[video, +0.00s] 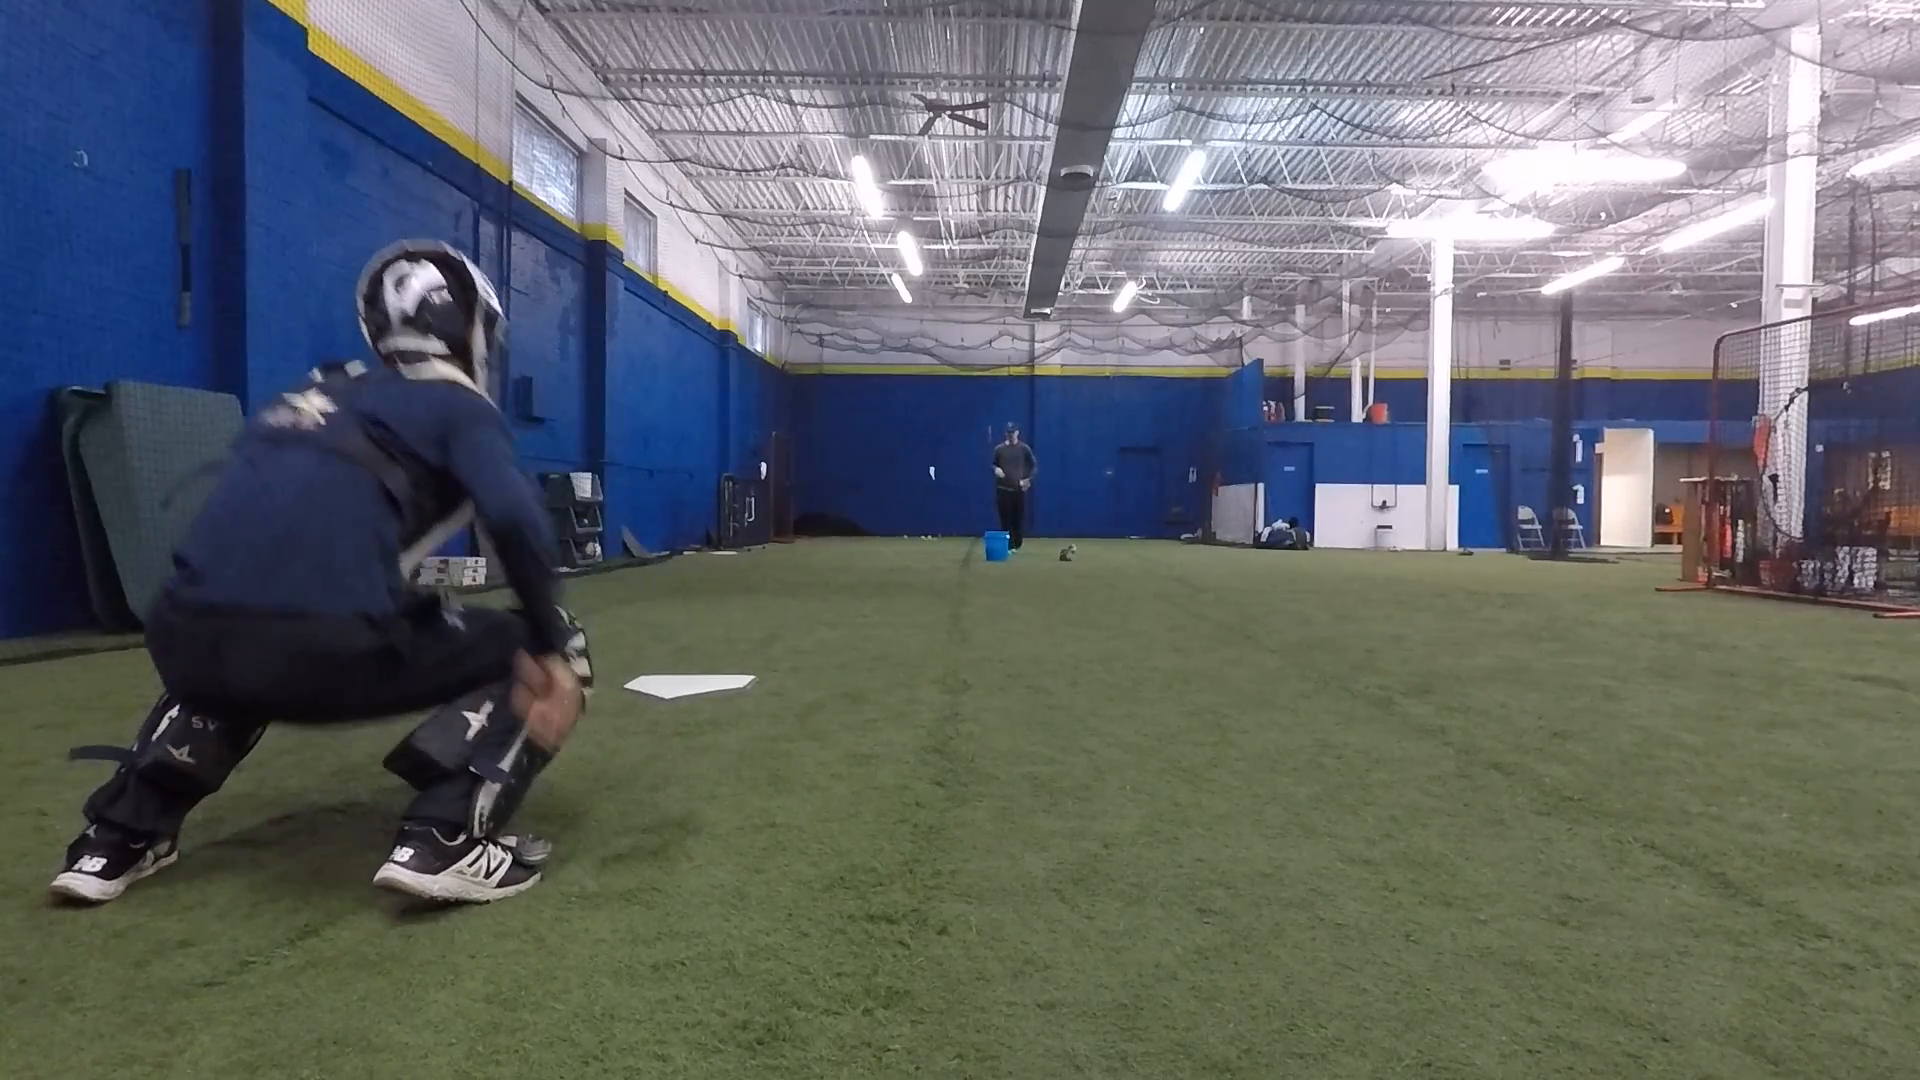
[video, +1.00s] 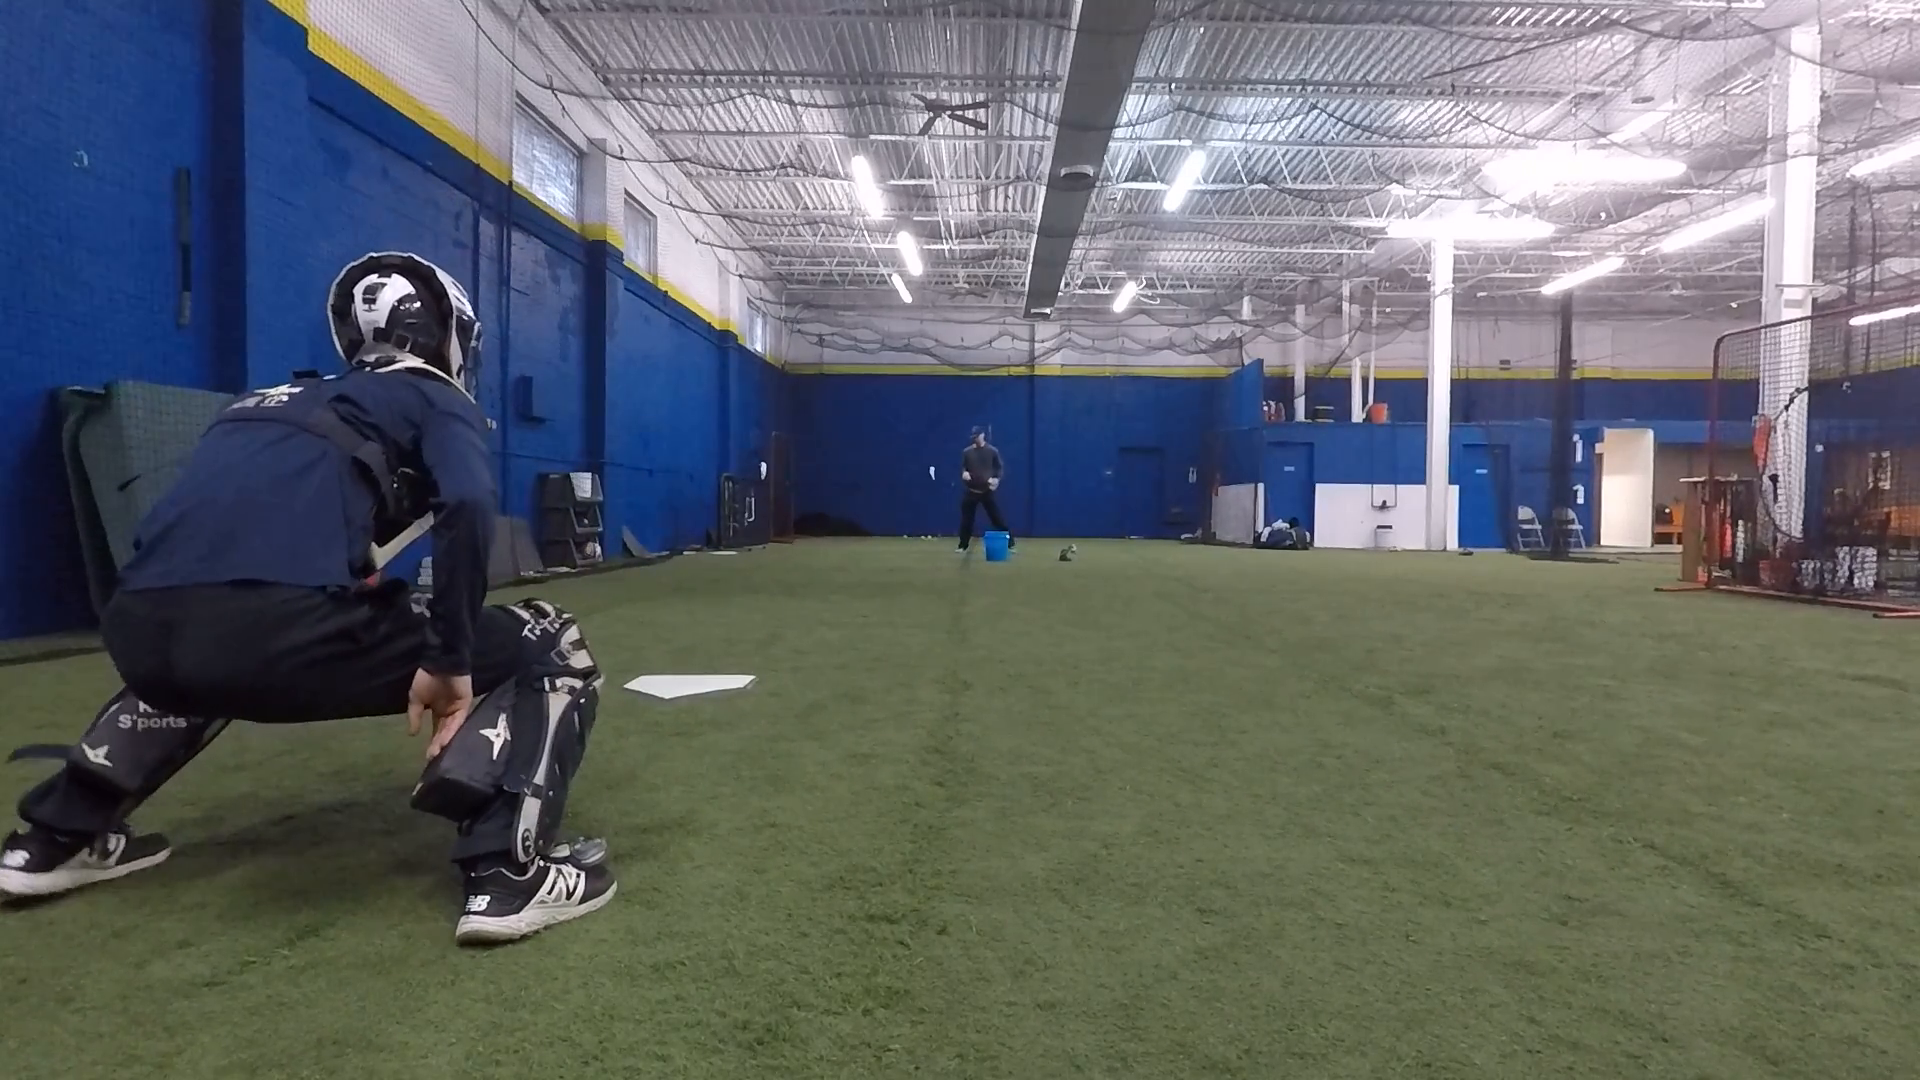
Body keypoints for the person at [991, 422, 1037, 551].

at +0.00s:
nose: (1011, 435)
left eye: (1013, 432)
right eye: (1009, 432)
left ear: (1017, 432)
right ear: (1006, 433)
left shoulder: (1024, 448)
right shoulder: (999, 449)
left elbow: (1034, 467)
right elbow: (993, 463)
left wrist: (1028, 479)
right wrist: (996, 469)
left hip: (1018, 489)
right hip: (1003, 489)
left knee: (1017, 518)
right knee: (1005, 517)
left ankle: (1017, 544)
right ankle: (1007, 544)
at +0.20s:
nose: (1014, 438)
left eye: (1016, 436)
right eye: (1011, 436)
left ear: (1020, 436)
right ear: (1009, 436)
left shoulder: (1026, 451)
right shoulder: (1001, 449)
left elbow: (1035, 470)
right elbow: (994, 463)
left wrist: (1027, 483)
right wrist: (999, 471)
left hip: (1016, 490)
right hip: (1001, 489)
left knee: (1015, 519)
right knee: (1001, 518)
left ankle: (1015, 545)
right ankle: (1002, 544)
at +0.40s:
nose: (1012, 439)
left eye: (1014, 436)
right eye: (1010, 436)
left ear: (1019, 436)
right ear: (1007, 436)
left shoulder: (1025, 452)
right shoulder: (1000, 448)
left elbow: (1032, 469)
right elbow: (991, 461)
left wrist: (1025, 482)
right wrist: (996, 470)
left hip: (1013, 489)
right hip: (997, 487)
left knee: (1013, 518)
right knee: (994, 516)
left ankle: (1014, 545)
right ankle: (990, 545)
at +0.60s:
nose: (1006, 437)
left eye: (1008, 434)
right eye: (1004, 434)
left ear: (1013, 435)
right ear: (1001, 435)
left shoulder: (1019, 451)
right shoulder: (993, 448)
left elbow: (1026, 468)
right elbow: (986, 464)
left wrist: (1021, 481)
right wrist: (992, 471)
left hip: (1008, 490)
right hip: (991, 489)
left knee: (1011, 518)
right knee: (981, 515)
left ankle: (1014, 546)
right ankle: (971, 543)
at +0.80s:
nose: (991, 438)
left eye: (993, 436)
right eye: (989, 436)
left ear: (999, 436)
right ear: (987, 437)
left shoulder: (1006, 452)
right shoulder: (981, 451)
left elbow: (1014, 469)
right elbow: (976, 467)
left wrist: (1011, 482)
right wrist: (981, 473)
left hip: (999, 492)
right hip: (983, 492)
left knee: (1005, 520)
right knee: (973, 519)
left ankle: (1014, 545)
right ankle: (963, 544)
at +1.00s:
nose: (975, 438)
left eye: (977, 435)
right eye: (974, 436)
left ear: (983, 435)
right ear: (972, 437)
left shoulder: (993, 451)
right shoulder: (967, 452)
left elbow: (999, 467)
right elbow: (963, 466)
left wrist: (997, 478)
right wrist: (964, 473)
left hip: (987, 491)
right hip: (971, 491)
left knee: (996, 518)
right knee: (966, 520)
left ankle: (1009, 543)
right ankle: (963, 545)